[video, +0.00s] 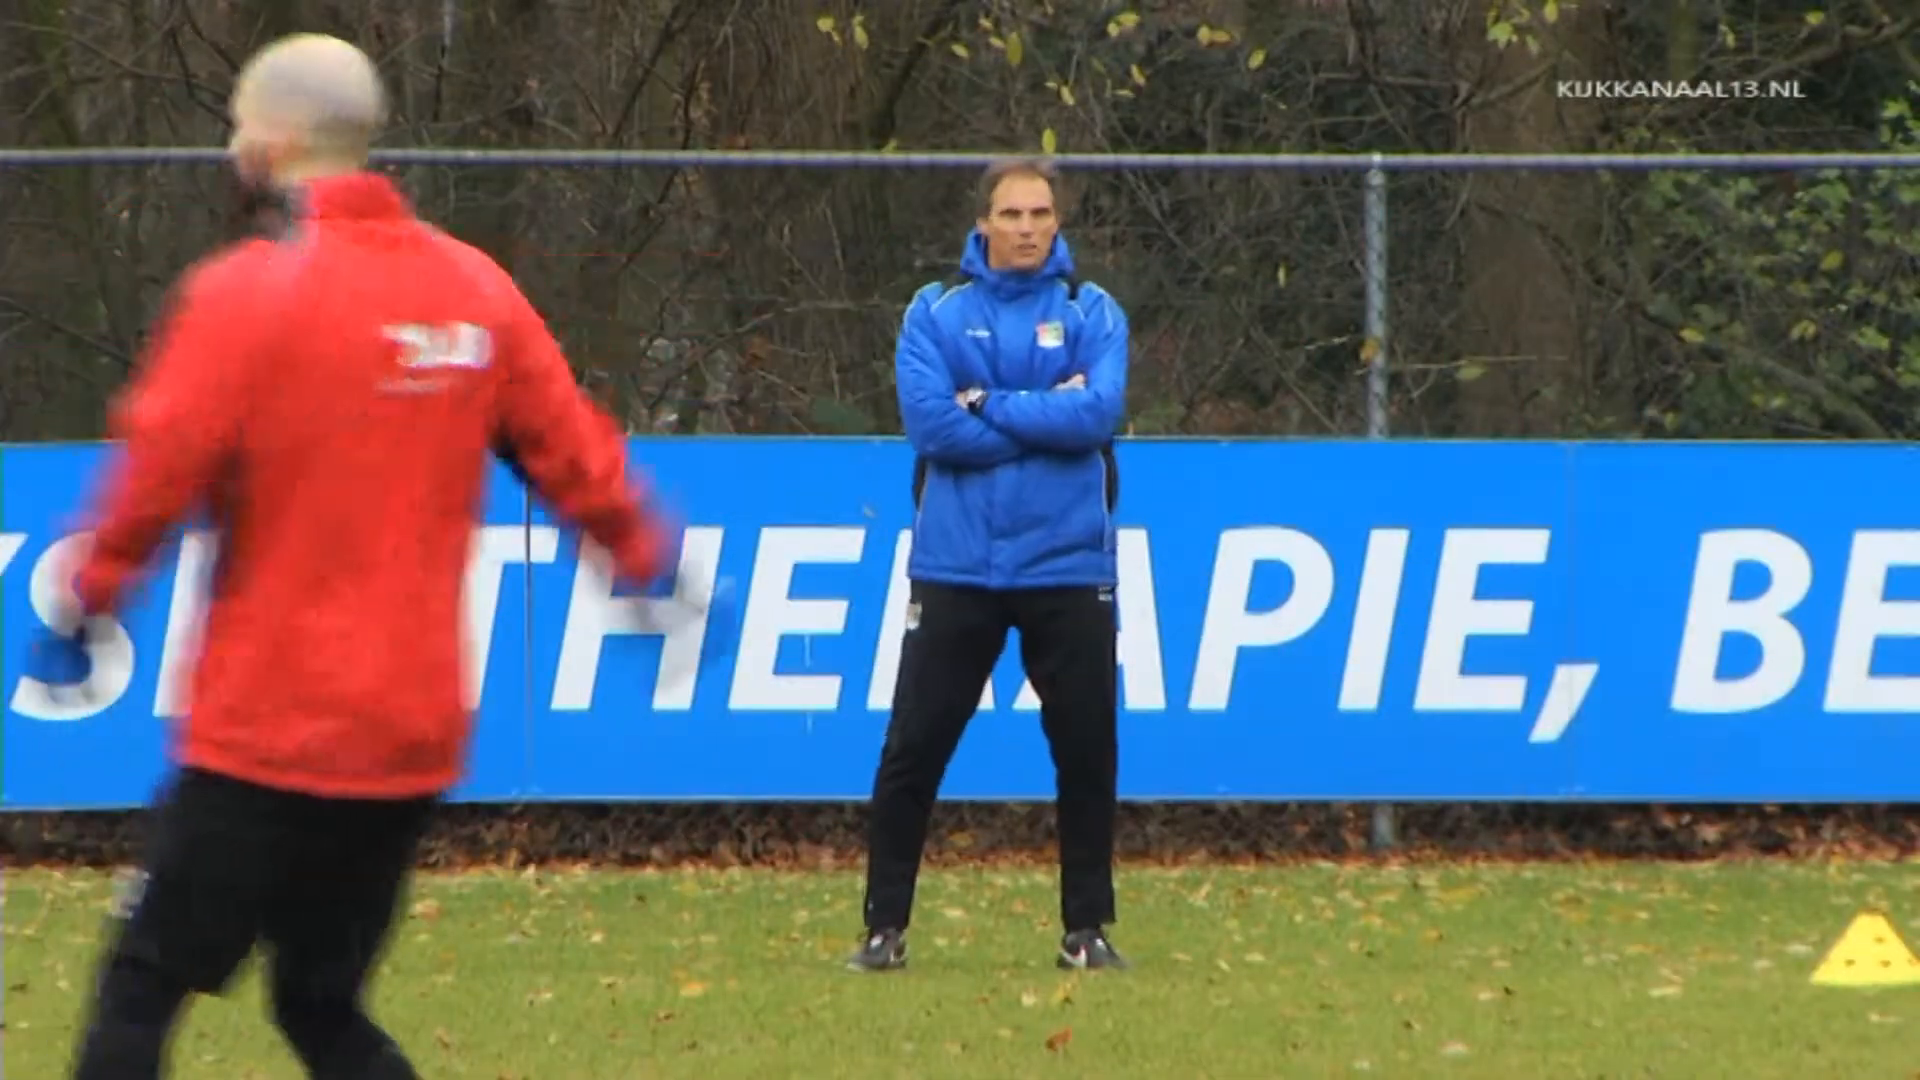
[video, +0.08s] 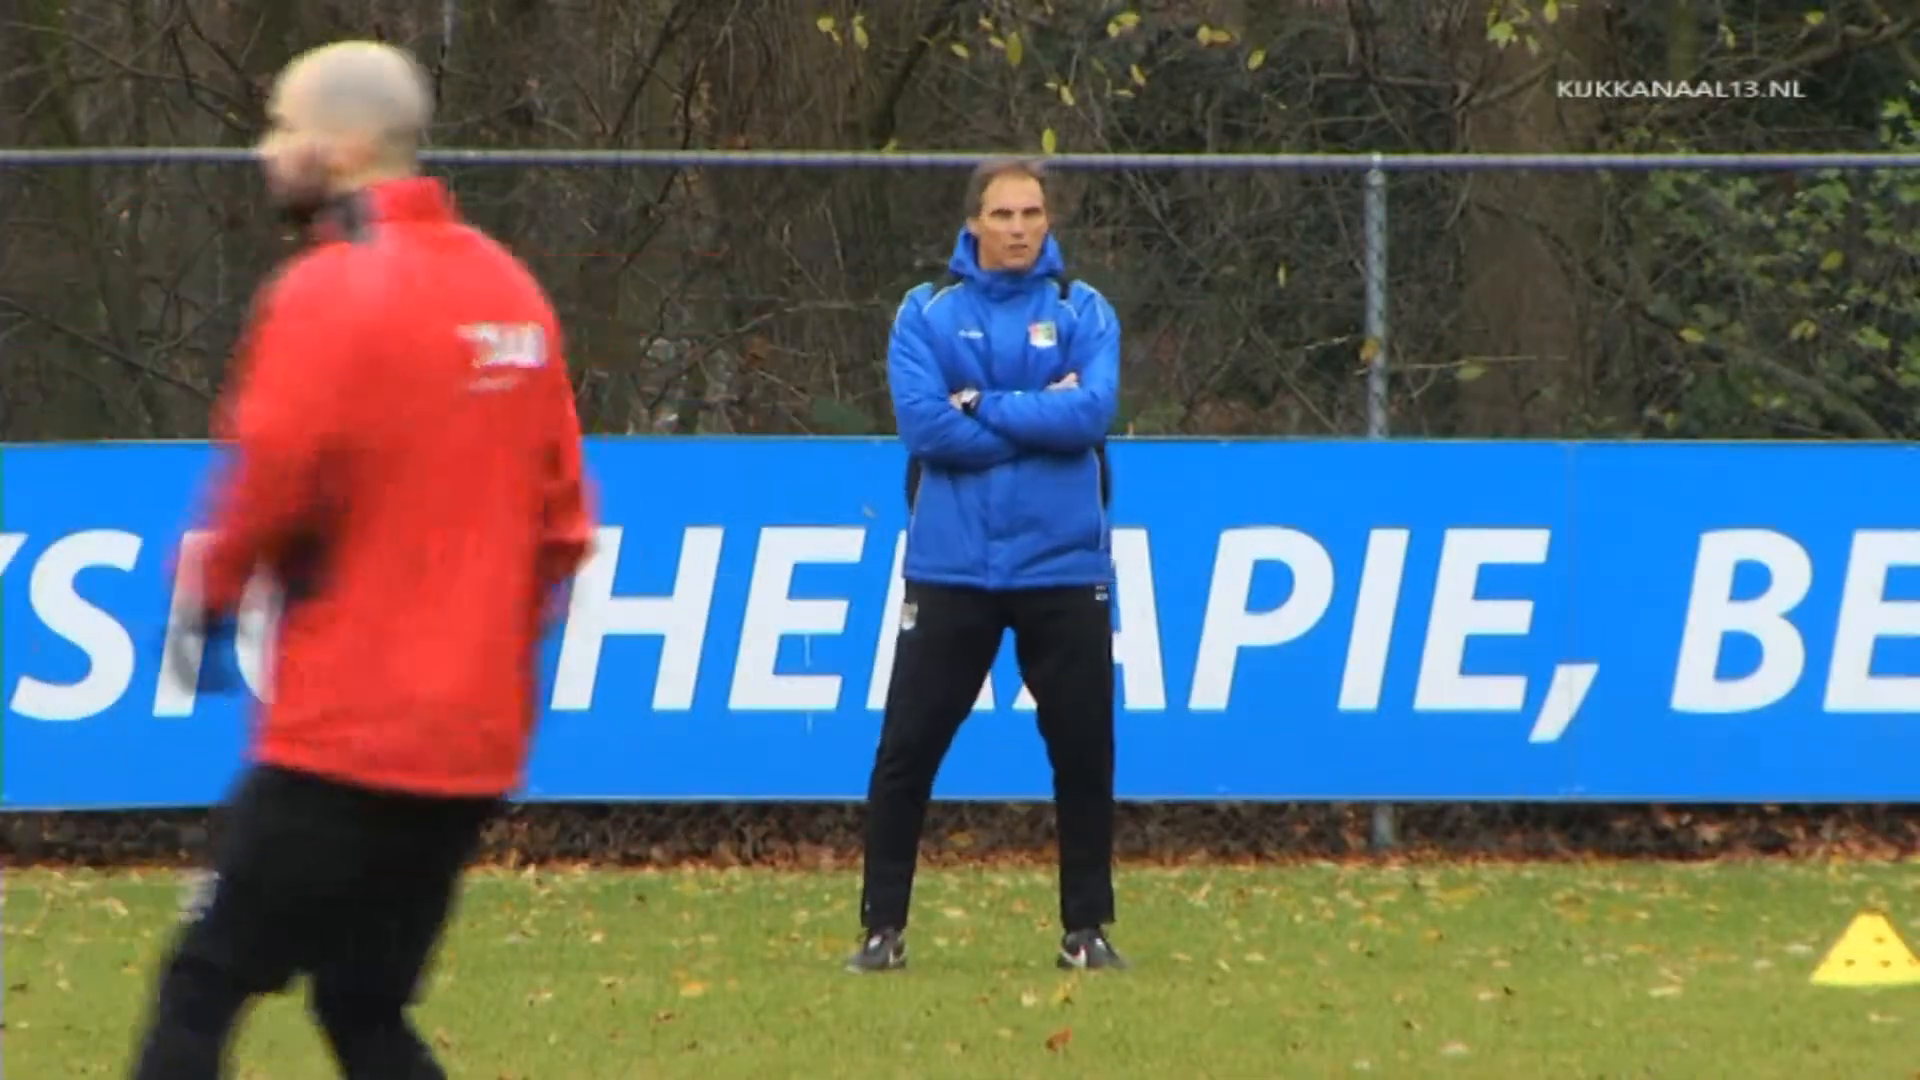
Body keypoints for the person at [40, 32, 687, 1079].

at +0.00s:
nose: (233, 146)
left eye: (241, 127)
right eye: (238, 126)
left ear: (271, 140)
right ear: (363, 138)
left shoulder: (246, 289)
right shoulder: (477, 287)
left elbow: (164, 465)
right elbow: (571, 451)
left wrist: (85, 589)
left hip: (266, 725)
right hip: (413, 727)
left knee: (140, 990)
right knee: (321, 1002)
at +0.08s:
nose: (264, 151)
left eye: (280, 129)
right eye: (268, 128)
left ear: (338, 145)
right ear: (400, 144)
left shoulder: (329, 287)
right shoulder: (511, 286)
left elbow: (275, 476)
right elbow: (563, 523)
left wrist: (209, 586)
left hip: (345, 729)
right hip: (477, 733)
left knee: (203, 985)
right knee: (367, 1007)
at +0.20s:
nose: (343, 128)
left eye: (365, 106)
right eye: (349, 105)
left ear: (441, 120)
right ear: (461, 124)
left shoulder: (456, 257)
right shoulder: (553, 250)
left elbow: (444, 476)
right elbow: (521, 489)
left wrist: (346, 587)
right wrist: (386, 601)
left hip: (469, 694)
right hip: (549, 696)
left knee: (294, 947)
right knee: (417, 977)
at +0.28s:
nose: (411, 106)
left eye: (437, 87)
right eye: (417, 85)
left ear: (518, 108)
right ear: (503, 111)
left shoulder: (556, 244)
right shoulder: (524, 243)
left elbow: (560, 444)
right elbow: (484, 454)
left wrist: (460, 586)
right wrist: (359, 511)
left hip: (549, 671)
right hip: (543, 666)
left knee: (400, 948)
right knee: (450, 965)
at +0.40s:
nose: (532, 108)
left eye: (560, 91)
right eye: (535, 86)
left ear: (640, 117)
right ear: (542, 98)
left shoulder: (701, 262)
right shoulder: (568, 253)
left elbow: (717, 459)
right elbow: (539, 438)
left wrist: (575, 561)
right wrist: (442, 474)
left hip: (651, 683)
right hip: (562, 672)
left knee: (528, 981)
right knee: (495, 977)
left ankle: (661, 1065)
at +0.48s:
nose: (620, 124)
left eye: (648, 108)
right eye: (620, 102)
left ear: (725, 131)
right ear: (623, 113)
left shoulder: (794, 282)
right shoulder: (624, 258)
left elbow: (823, 485)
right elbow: (581, 445)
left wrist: (677, 557)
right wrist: (507, 494)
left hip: (722, 714)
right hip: (608, 703)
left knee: (683, 1010)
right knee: (537, 983)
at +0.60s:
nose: (760, 152)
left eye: (795, 136)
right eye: (758, 130)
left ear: (875, 167)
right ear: (747, 138)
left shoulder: (943, 321)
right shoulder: (724, 283)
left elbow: (995, 518)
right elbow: (671, 460)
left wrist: (861, 572)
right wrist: (607, 528)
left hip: (880, 753)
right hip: (736, 736)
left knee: (838, 1020)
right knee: (634, 995)